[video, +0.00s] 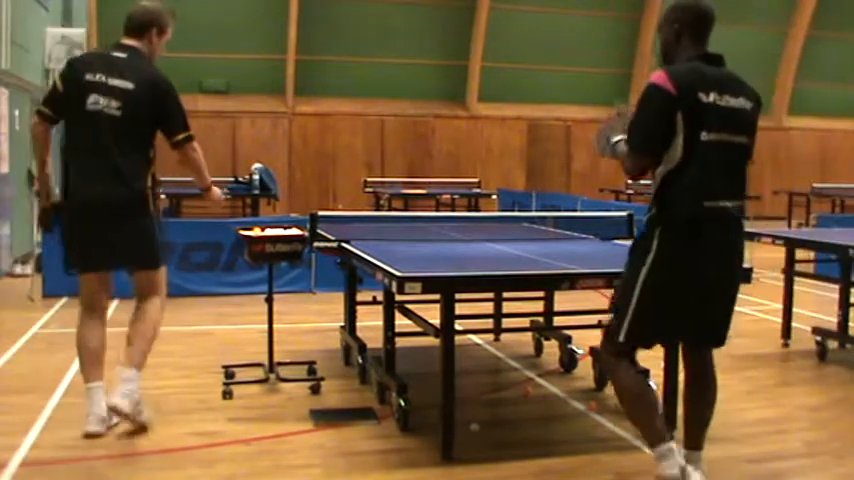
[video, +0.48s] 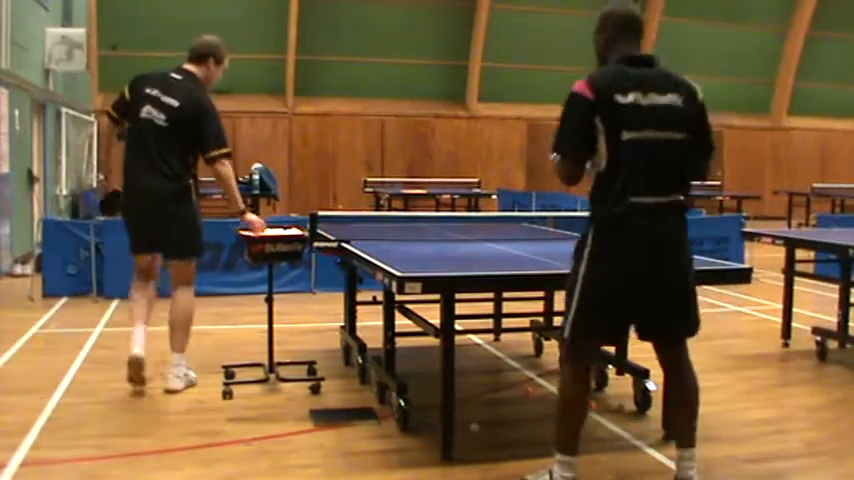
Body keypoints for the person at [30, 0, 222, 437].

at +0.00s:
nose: (166, 46)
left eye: (167, 40)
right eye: (166, 39)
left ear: (127, 30)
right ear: (156, 36)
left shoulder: (79, 65)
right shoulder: (154, 80)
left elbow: (41, 123)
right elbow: (185, 145)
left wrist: (42, 181)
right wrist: (210, 187)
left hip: (81, 201)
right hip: (130, 203)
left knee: (92, 304)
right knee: (150, 294)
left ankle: (96, 409)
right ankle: (126, 389)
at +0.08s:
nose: (175, 53)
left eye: (177, 47)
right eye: (175, 46)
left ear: (138, 35)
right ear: (163, 40)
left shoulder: (91, 69)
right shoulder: (162, 84)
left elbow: (55, 123)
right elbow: (192, 146)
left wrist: (71, 171)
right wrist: (219, 187)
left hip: (89, 196)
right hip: (137, 200)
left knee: (97, 299)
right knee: (155, 292)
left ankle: (98, 406)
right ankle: (156, 389)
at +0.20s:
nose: (189, 67)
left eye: (191, 61)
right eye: (190, 60)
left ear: (156, 49)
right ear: (178, 54)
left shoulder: (110, 79)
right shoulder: (175, 97)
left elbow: (74, 124)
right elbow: (204, 156)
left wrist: (93, 158)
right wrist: (231, 198)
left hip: (107, 202)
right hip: (152, 206)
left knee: (106, 299)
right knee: (165, 295)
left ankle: (99, 401)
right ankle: (174, 369)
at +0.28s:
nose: (201, 77)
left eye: (203, 70)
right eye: (201, 69)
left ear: (170, 58)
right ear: (188, 62)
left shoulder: (122, 86)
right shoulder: (184, 104)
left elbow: (90, 129)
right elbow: (213, 165)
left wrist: (104, 160)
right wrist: (241, 207)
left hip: (117, 203)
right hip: (161, 208)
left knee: (116, 293)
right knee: (176, 292)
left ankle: (101, 381)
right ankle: (177, 370)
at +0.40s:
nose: (213, 80)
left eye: (215, 73)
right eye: (214, 72)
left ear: (184, 60)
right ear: (203, 66)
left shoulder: (137, 85)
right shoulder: (194, 105)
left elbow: (103, 130)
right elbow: (218, 167)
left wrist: (114, 177)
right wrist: (242, 211)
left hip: (131, 199)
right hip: (172, 204)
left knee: (133, 282)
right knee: (183, 287)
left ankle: (123, 345)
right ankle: (177, 371)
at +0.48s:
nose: (221, 77)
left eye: (222, 71)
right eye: (221, 70)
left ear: (192, 59)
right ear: (210, 64)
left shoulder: (145, 82)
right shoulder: (200, 102)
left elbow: (112, 119)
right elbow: (219, 163)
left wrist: (111, 172)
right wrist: (242, 211)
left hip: (135, 195)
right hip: (175, 199)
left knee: (144, 274)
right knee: (183, 284)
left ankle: (137, 345)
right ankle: (177, 369)